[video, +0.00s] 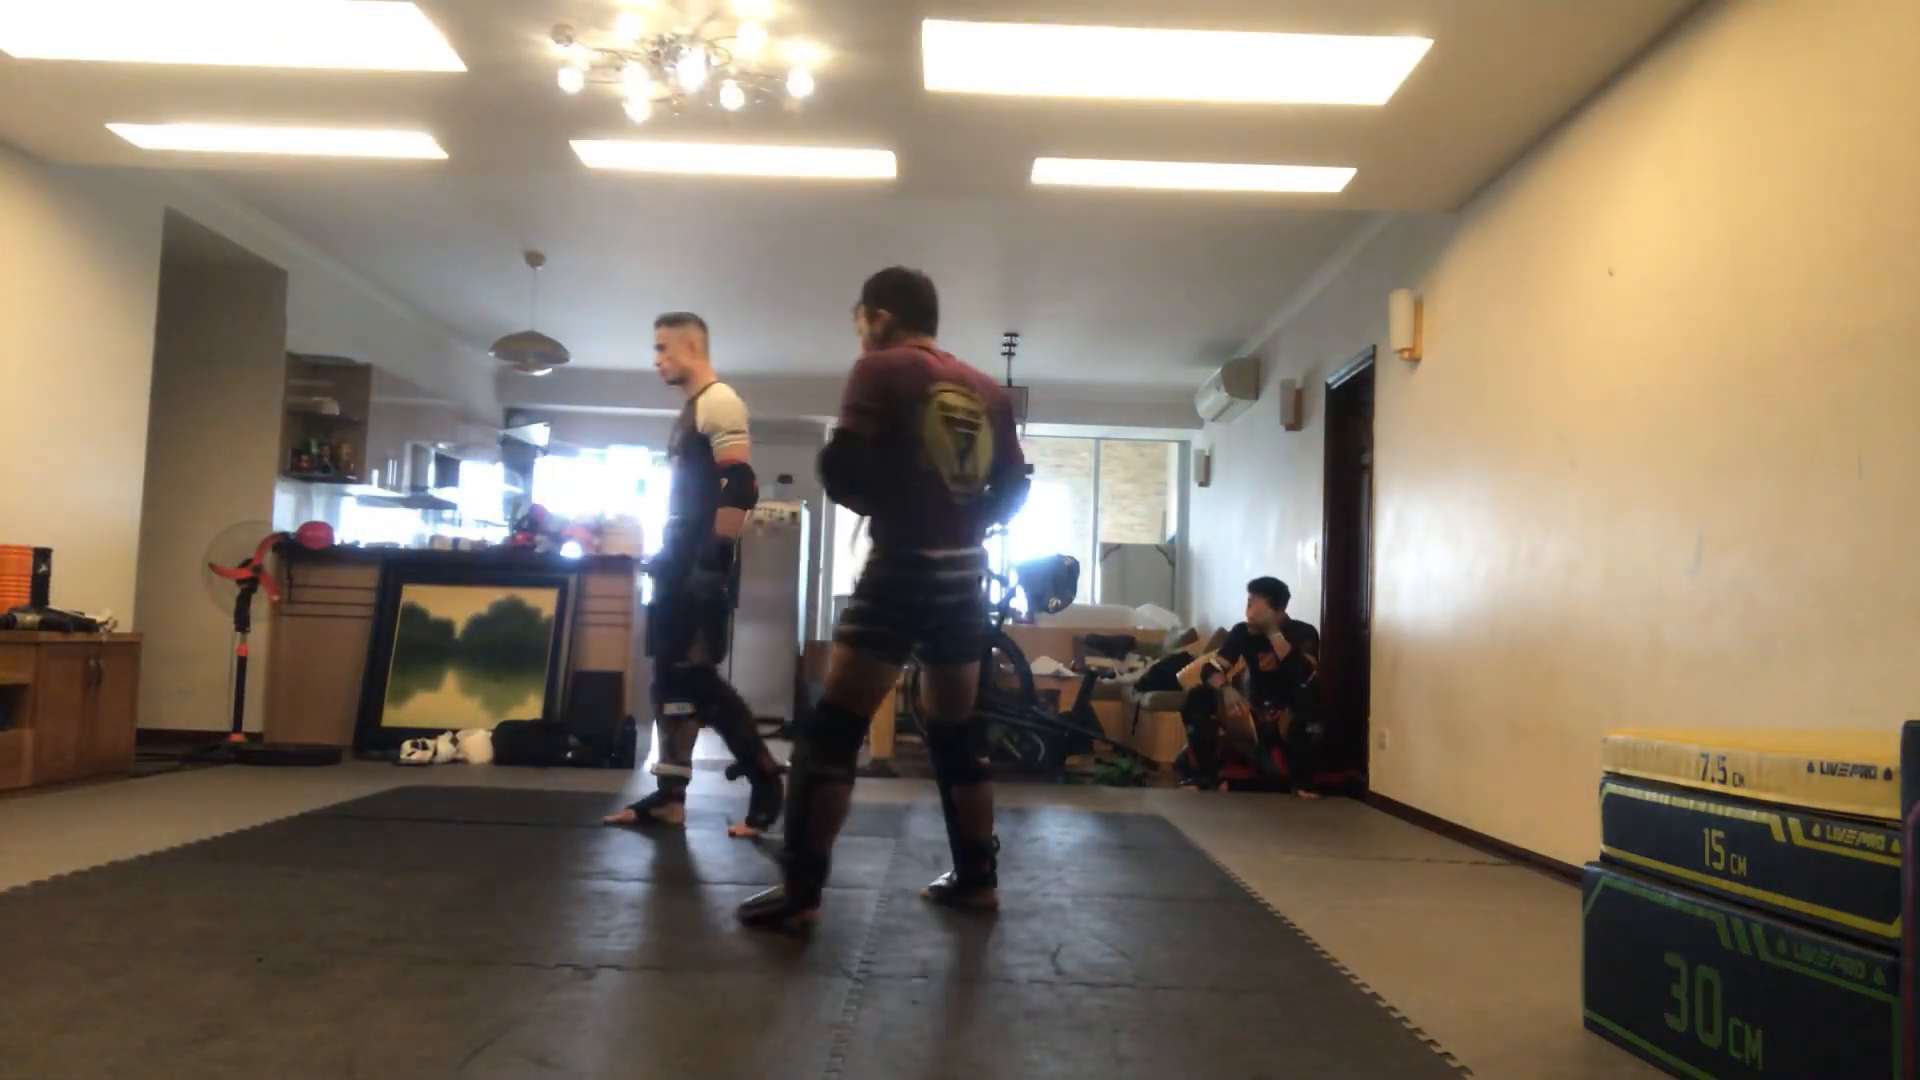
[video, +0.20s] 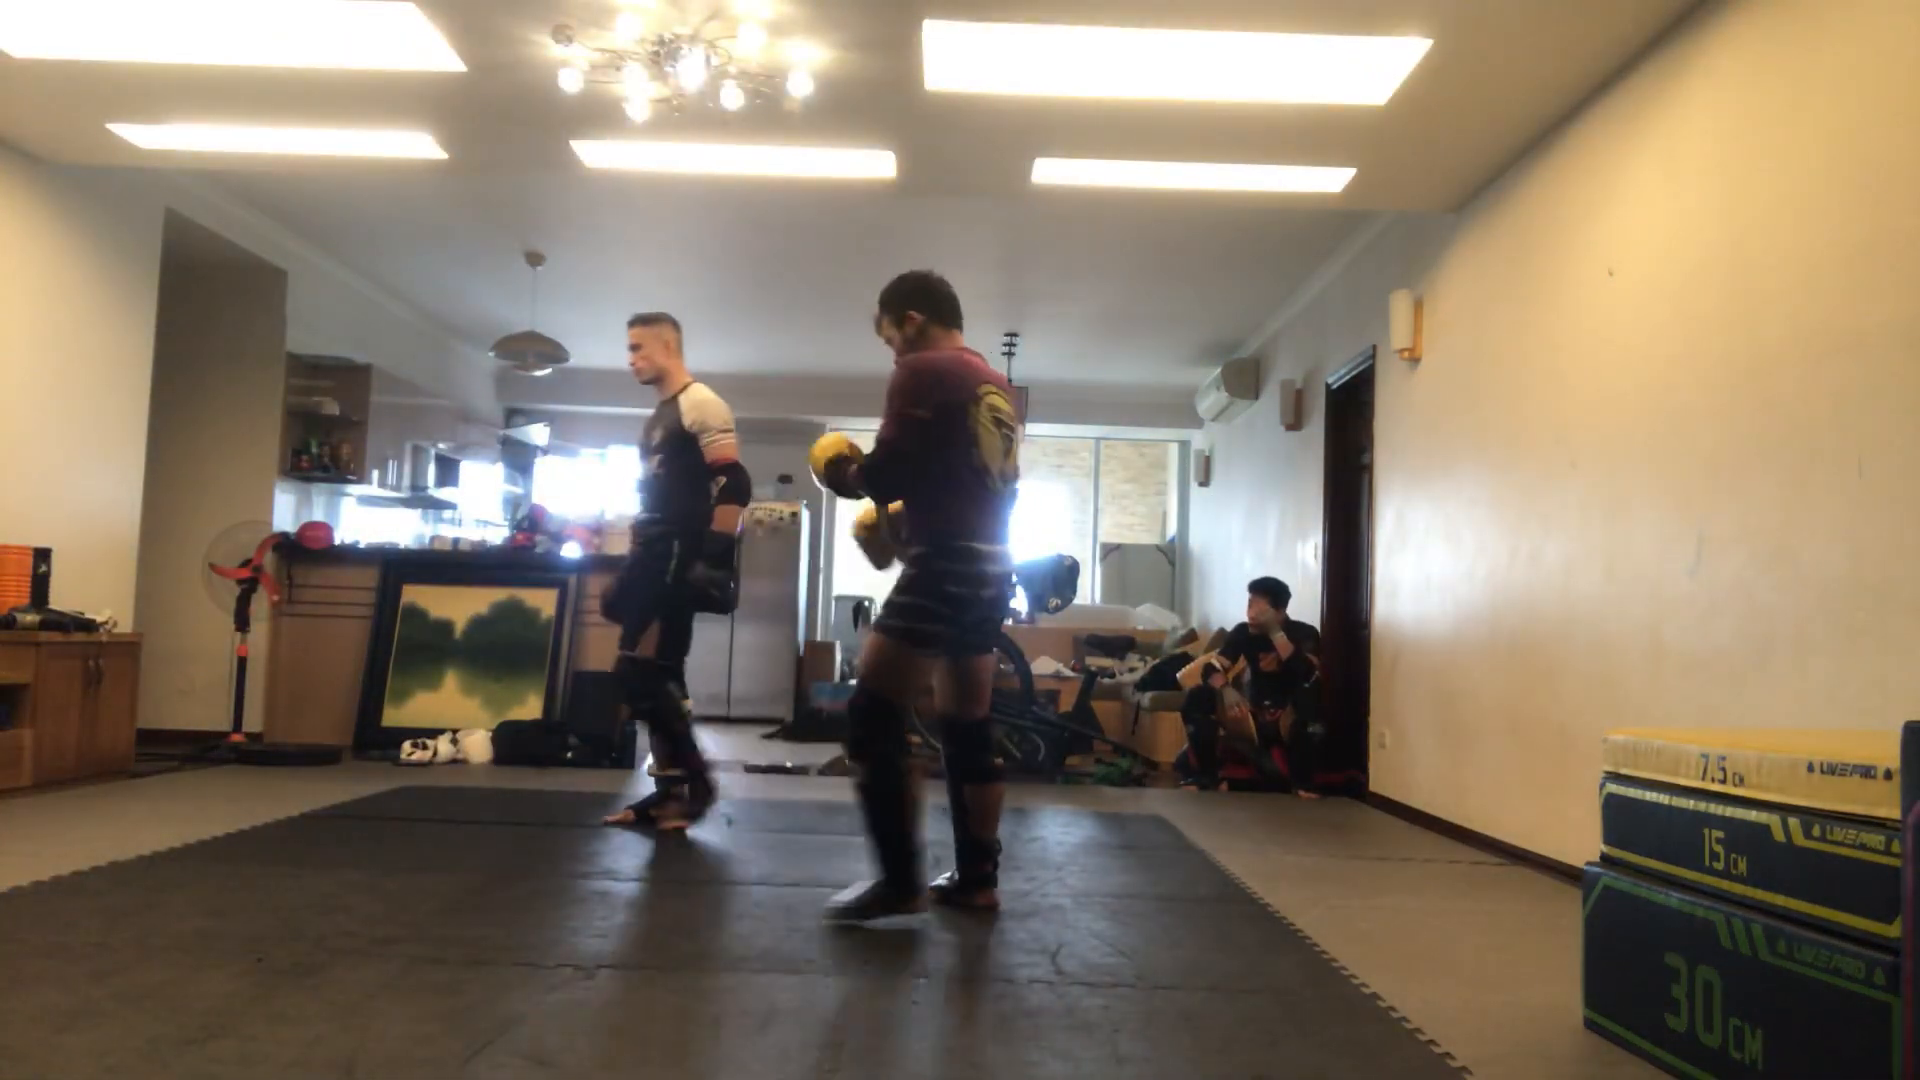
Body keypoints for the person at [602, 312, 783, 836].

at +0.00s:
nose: (658, 359)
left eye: (665, 349)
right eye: (657, 350)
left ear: (695, 349)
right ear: (683, 352)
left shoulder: (719, 402)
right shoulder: (693, 409)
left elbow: (738, 486)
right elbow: (691, 495)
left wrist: (714, 561)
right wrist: (670, 555)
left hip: (704, 563)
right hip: (680, 560)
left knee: (694, 674)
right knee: (673, 676)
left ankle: (766, 777)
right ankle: (669, 793)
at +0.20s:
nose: (631, 359)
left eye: (638, 348)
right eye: (630, 350)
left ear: (670, 347)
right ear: (649, 353)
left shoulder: (701, 402)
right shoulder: (662, 414)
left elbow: (733, 483)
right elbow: (657, 505)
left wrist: (716, 557)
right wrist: (631, 572)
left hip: (681, 557)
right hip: (657, 556)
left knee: (639, 670)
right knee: (658, 674)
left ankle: (696, 780)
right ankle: (669, 792)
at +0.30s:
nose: (618, 358)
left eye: (625, 347)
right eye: (617, 349)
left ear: (658, 346)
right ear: (638, 352)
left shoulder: (692, 403)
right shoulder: (649, 415)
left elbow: (721, 485)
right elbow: (649, 501)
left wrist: (704, 558)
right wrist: (617, 554)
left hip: (669, 557)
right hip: (647, 555)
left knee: (620, 669)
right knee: (655, 672)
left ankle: (654, 794)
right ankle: (662, 794)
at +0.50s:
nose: (589, 356)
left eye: (597, 345)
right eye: (588, 347)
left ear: (631, 345)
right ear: (608, 351)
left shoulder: (661, 402)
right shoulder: (618, 414)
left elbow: (691, 486)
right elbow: (611, 508)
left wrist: (678, 560)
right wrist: (569, 565)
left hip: (639, 561)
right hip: (614, 561)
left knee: (590, 677)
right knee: (641, 674)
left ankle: (542, 799)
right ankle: (666, 796)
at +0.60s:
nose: (573, 353)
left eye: (581, 343)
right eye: (573, 344)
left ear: (616, 342)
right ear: (598, 347)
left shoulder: (640, 401)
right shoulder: (605, 411)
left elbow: (672, 489)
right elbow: (603, 507)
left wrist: (646, 567)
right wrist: (562, 561)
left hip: (617, 570)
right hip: (599, 568)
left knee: (573, 685)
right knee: (629, 677)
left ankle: (529, 811)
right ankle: (665, 793)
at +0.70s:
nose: (561, 344)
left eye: (569, 334)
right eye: (560, 335)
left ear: (603, 336)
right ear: (585, 340)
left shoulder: (623, 397)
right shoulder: (586, 404)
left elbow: (643, 490)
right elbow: (581, 495)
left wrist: (621, 564)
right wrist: (552, 553)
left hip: (600, 561)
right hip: (579, 560)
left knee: (566, 679)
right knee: (604, 674)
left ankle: (530, 810)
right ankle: (659, 785)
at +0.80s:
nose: (546, 337)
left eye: (555, 328)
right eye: (546, 328)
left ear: (588, 331)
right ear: (577, 333)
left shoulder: (608, 392)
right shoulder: (575, 396)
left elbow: (619, 485)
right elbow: (565, 484)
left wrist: (590, 557)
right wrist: (538, 535)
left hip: (582, 553)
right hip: (560, 549)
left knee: (555, 678)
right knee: (561, 672)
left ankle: (527, 813)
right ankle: (639, 773)